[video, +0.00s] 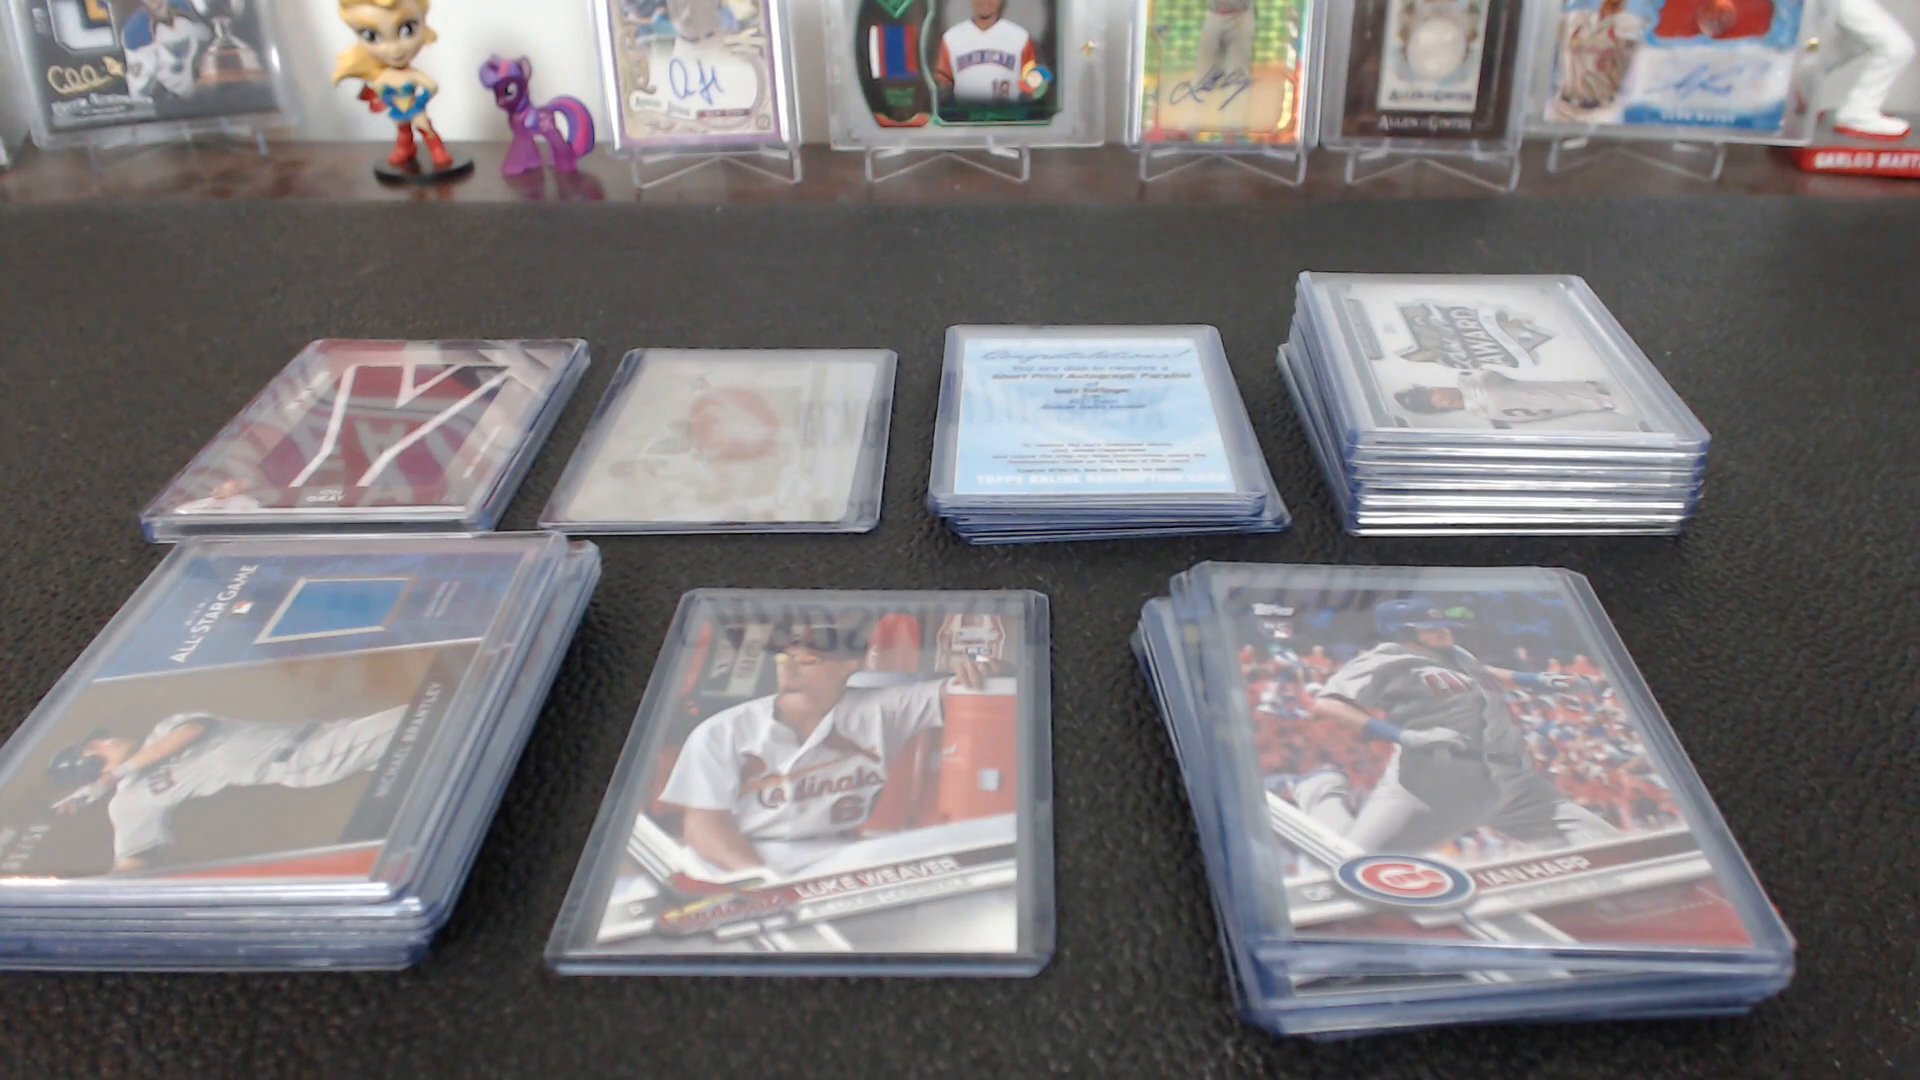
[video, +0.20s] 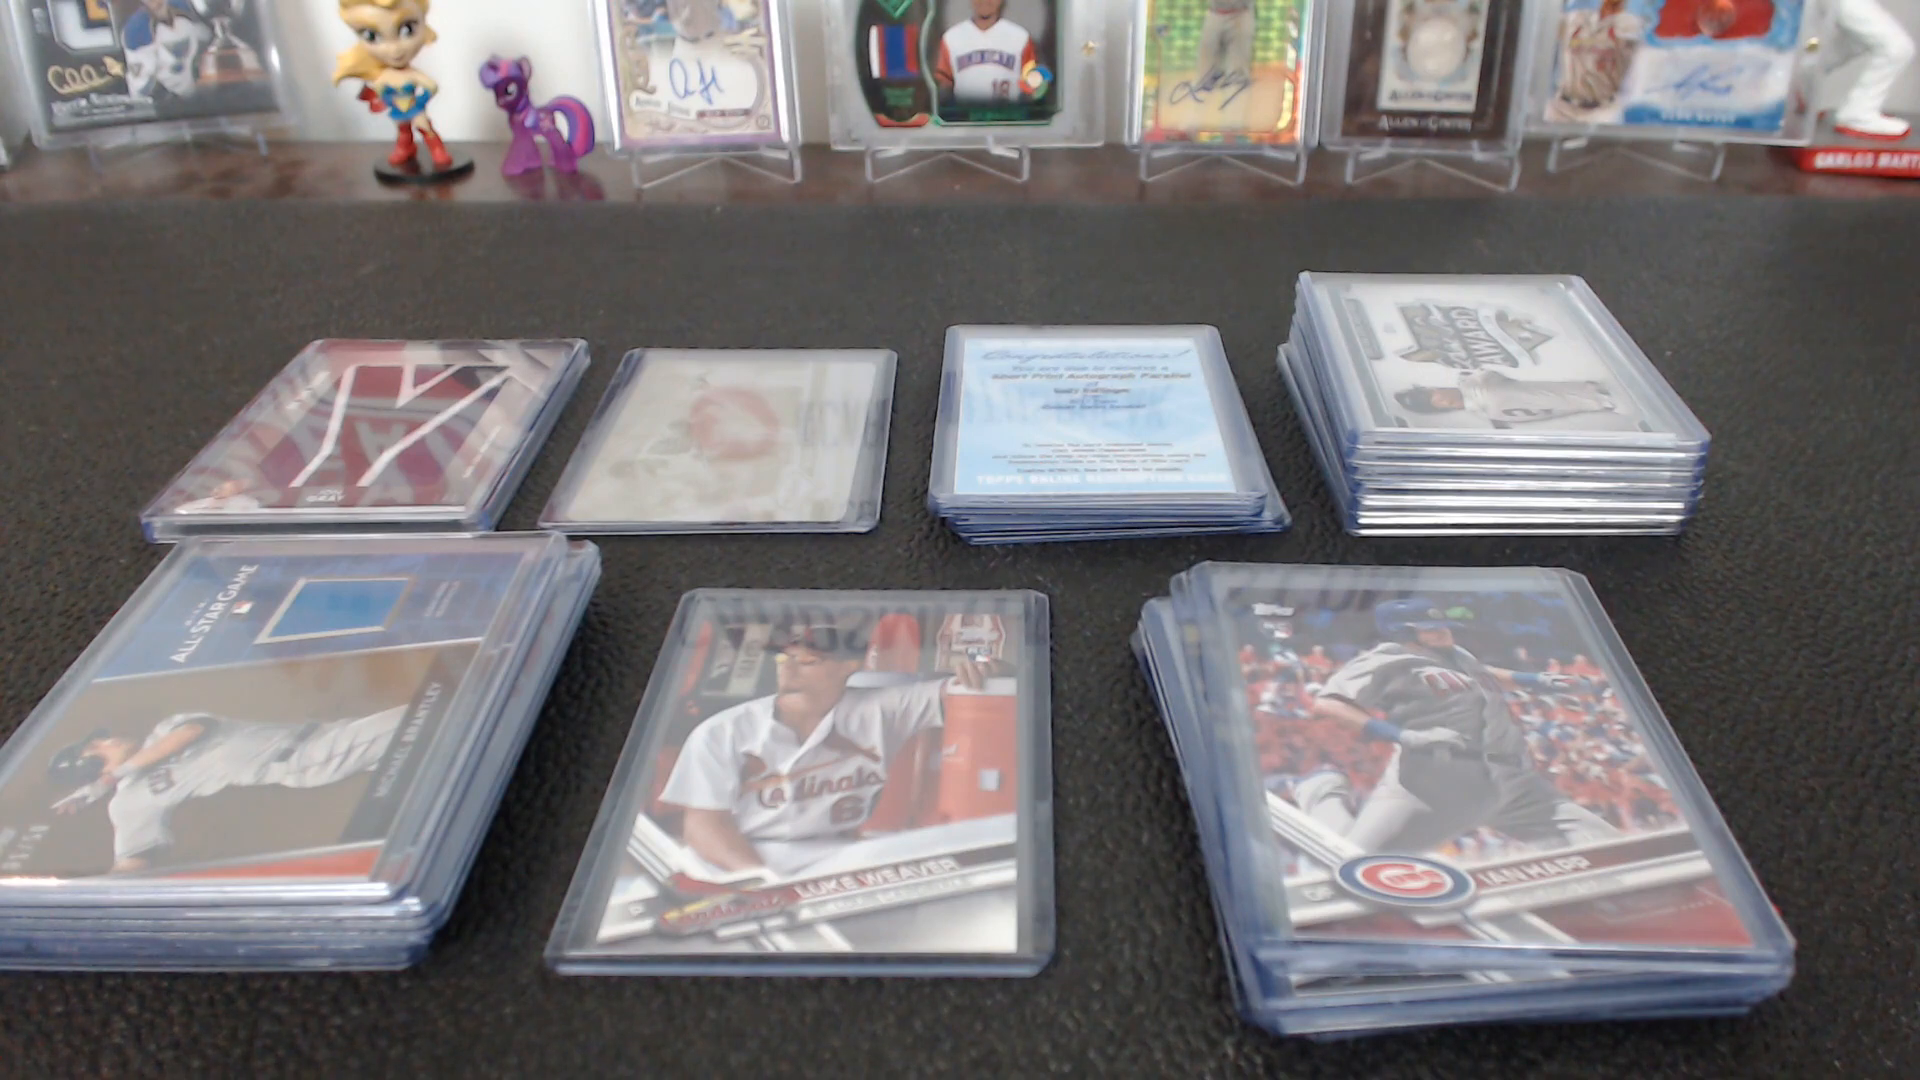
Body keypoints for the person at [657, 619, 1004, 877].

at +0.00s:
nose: (795, 657)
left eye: (817, 647)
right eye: (787, 645)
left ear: (853, 663)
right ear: (776, 655)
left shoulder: (875, 715)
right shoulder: (720, 735)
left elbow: (954, 691)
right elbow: (703, 828)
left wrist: (973, 672)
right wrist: (767, 883)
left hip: (827, 867)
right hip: (729, 872)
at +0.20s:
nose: (792, 660)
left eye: (814, 650)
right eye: (785, 648)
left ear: (853, 664)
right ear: (775, 657)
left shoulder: (875, 714)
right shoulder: (720, 735)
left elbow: (957, 690)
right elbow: (703, 829)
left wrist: (974, 671)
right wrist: (767, 884)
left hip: (827, 867)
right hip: (728, 872)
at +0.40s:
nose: (793, 660)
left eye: (814, 650)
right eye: (785, 648)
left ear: (852, 664)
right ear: (775, 657)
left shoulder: (875, 715)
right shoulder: (720, 736)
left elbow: (957, 690)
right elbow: (703, 829)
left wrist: (974, 672)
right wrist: (768, 884)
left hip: (827, 868)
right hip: (728, 872)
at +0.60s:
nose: (792, 660)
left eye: (814, 650)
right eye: (785, 648)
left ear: (853, 664)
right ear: (775, 658)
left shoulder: (875, 714)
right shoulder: (720, 735)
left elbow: (958, 690)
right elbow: (702, 828)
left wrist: (974, 671)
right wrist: (767, 884)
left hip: (827, 867)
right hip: (728, 871)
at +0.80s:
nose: (792, 660)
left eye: (814, 650)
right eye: (785, 648)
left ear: (853, 664)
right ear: (775, 657)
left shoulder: (875, 714)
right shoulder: (720, 736)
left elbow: (956, 691)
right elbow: (703, 829)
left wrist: (973, 672)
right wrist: (767, 884)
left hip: (827, 867)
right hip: (728, 872)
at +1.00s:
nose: (793, 660)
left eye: (814, 650)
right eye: (786, 648)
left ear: (853, 664)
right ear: (775, 657)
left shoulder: (875, 714)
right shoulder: (720, 736)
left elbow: (957, 690)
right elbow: (703, 829)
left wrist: (973, 672)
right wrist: (768, 884)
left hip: (827, 868)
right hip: (729, 871)